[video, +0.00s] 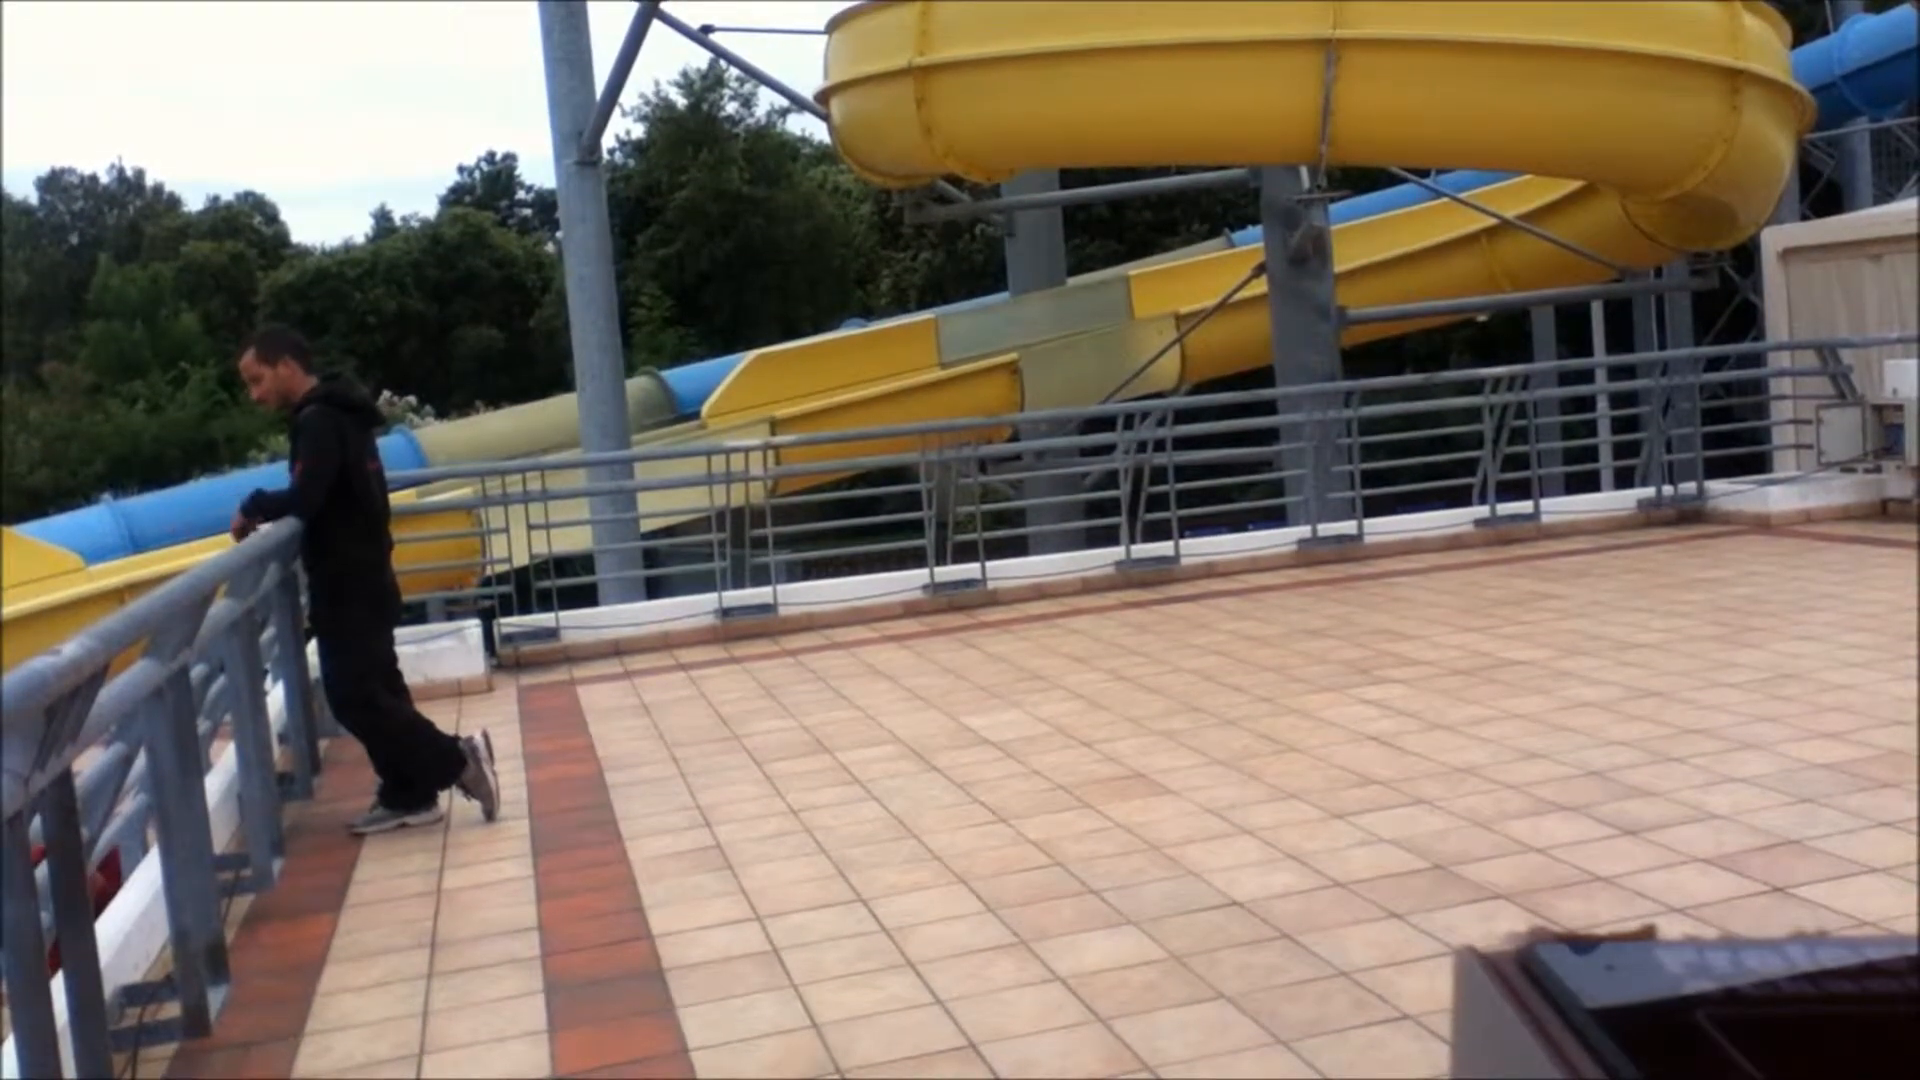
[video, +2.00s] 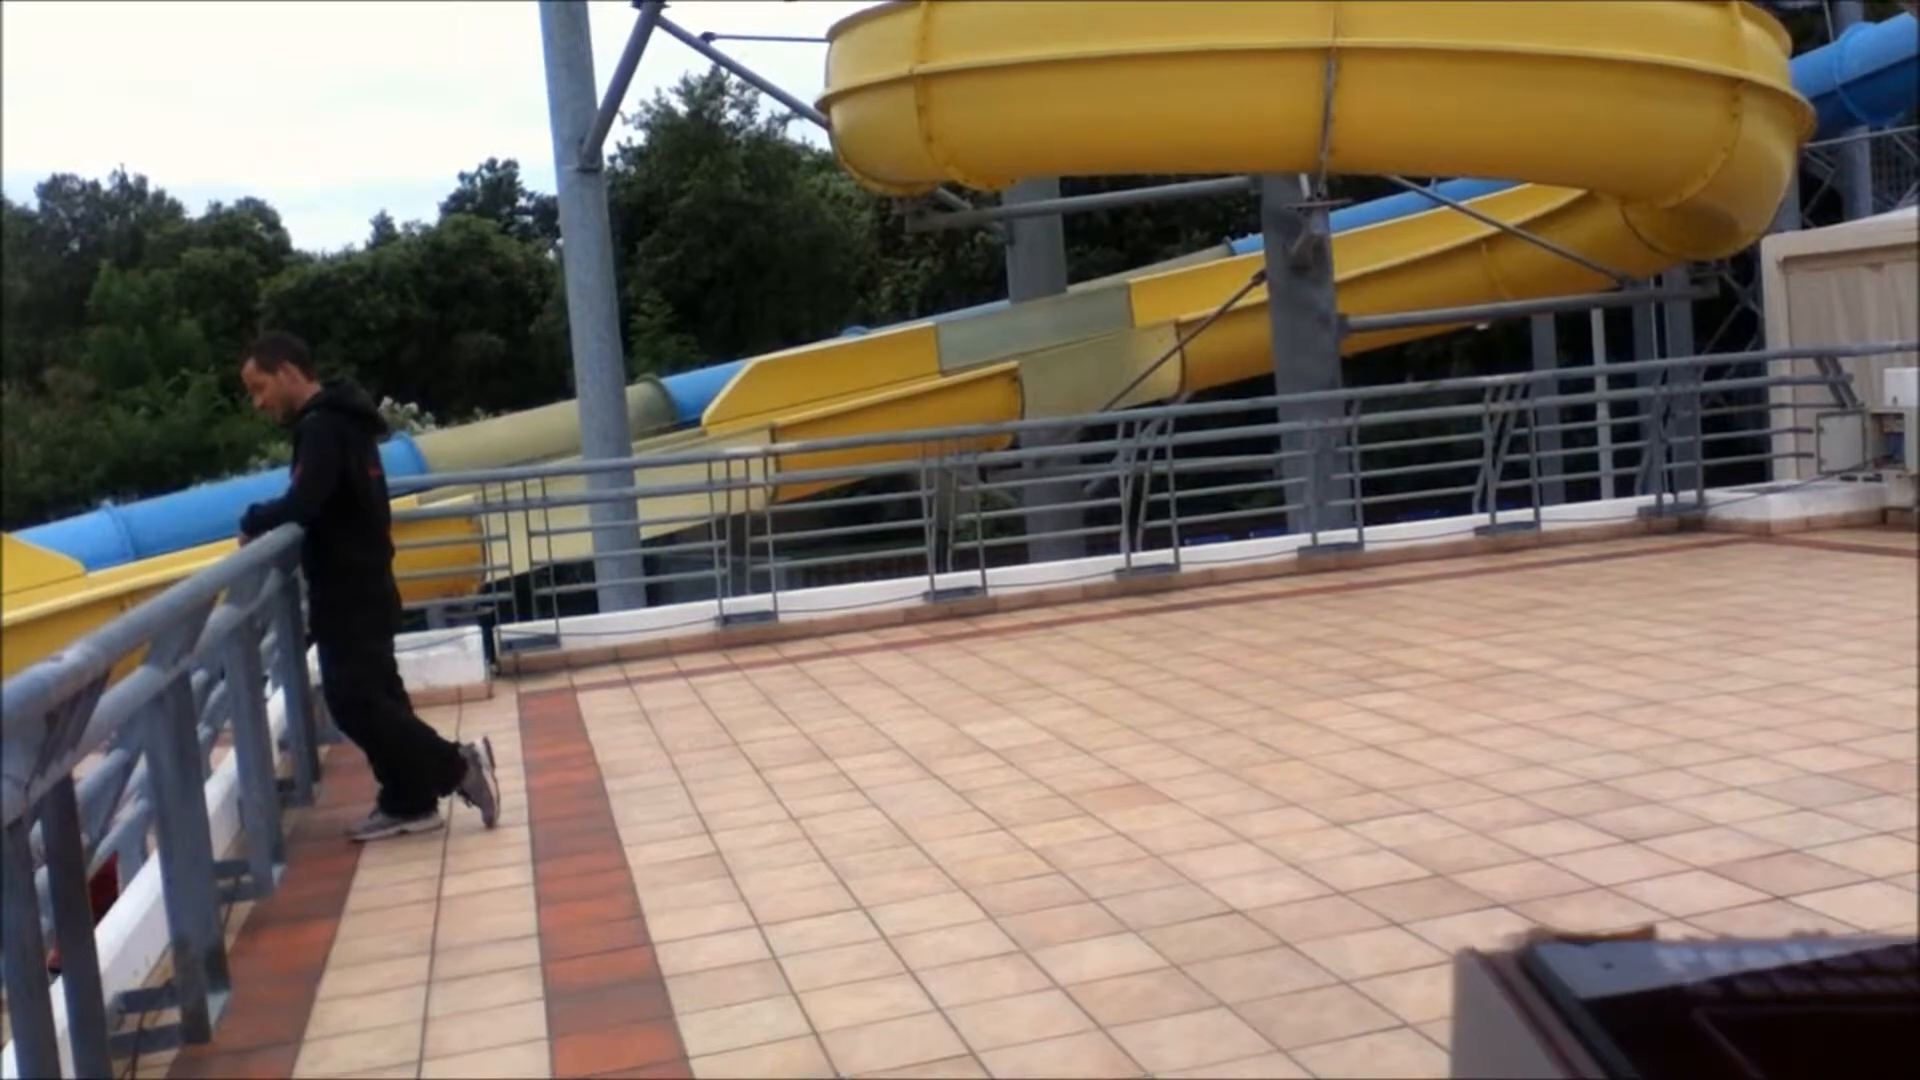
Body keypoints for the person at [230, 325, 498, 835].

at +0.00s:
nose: (253, 395)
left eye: (255, 381)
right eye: (248, 385)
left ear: (286, 367)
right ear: (290, 371)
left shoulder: (318, 420)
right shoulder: (335, 411)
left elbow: (308, 500)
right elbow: (320, 497)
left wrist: (253, 509)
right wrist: (262, 513)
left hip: (347, 586)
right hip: (363, 581)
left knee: (350, 699)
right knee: (377, 687)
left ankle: (456, 760)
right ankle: (406, 797)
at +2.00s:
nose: (257, 403)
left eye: (258, 388)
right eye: (252, 393)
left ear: (289, 373)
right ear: (294, 377)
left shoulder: (322, 426)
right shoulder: (340, 416)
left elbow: (307, 504)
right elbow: (321, 502)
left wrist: (255, 520)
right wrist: (270, 519)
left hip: (348, 592)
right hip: (364, 587)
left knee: (351, 705)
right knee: (377, 693)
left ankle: (455, 766)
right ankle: (407, 804)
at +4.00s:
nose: (254, 354)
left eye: (255, 340)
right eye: (252, 342)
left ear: (278, 333)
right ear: (291, 332)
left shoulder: (320, 384)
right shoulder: (332, 376)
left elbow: (304, 466)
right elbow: (315, 465)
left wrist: (247, 478)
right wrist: (260, 481)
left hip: (351, 552)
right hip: (356, 549)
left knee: (354, 664)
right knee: (359, 660)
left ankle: (457, 726)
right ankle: (401, 766)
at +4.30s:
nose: (314, 332)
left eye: (325, 322)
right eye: (303, 322)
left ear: (343, 328)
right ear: (289, 330)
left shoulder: (361, 383)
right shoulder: (323, 387)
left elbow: (342, 466)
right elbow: (333, 459)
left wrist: (273, 458)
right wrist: (282, 470)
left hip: (402, 543)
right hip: (371, 543)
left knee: (389, 650)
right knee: (357, 652)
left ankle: (482, 721)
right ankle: (400, 763)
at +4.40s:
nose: (344, 319)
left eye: (355, 310)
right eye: (332, 309)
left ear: (369, 319)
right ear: (313, 319)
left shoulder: (398, 378)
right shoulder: (323, 383)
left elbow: (403, 461)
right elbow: (326, 452)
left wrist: (321, 456)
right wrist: (293, 470)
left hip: (419, 531)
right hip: (371, 535)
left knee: (418, 644)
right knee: (365, 654)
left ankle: (467, 730)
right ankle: (400, 760)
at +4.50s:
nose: (385, 316)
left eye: (393, 308)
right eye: (372, 306)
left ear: (402, 317)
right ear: (344, 316)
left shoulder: (430, 375)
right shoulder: (335, 385)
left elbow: (468, 451)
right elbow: (315, 444)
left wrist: (396, 465)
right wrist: (272, 496)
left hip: (442, 530)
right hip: (383, 532)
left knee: (441, 646)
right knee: (360, 644)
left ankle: (452, 753)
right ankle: (392, 756)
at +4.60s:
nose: (422, 321)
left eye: (427, 312)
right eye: (409, 311)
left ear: (434, 320)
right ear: (378, 319)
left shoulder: (459, 379)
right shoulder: (358, 388)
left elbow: (514, 447)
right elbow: (329, 439)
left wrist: (470, 454)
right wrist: (281, 477)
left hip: (458, 535)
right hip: (396, 538)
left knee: (462, 646)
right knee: (355, 640)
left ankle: (459, 753)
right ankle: (378, 746)